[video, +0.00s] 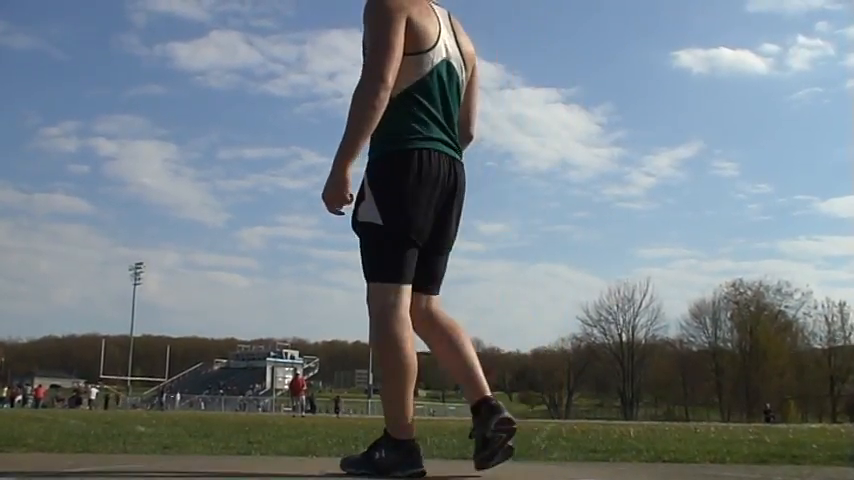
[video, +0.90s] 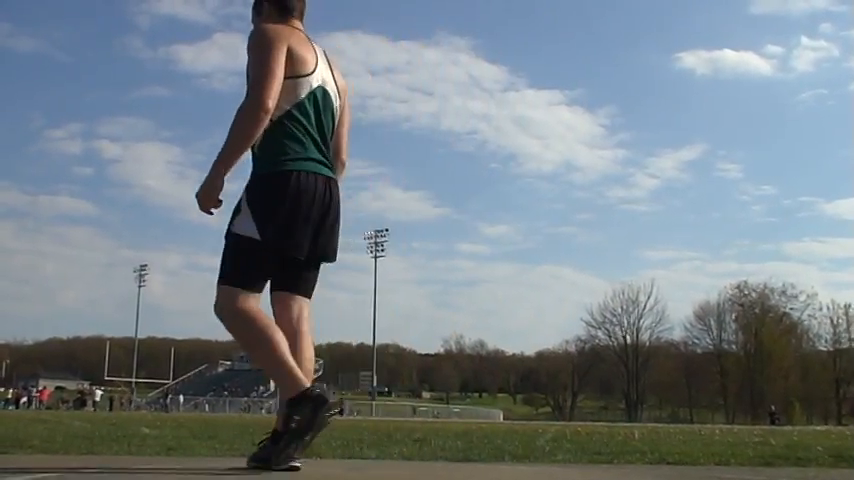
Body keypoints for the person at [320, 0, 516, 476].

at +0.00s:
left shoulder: (391, 6)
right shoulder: (464, 39)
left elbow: (377, 86)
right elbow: (467, 130)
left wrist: (341, 167)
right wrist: (424, 162)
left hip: (401, 167)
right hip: (449, 172)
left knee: (388, 307)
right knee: (425, 306)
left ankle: (399, 443)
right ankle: (488, 412)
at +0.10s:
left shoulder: (376, 6)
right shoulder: (446, 34)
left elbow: (362, 88)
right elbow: (453, 126)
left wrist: (325, 168)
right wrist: (413, 163)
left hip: (393, 165)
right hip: (437, 169)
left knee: (383, 306)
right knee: (400, 303)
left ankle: (398, 443)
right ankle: (443, 425)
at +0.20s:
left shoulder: (363, 7)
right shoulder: (431, 35)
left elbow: (351, 90)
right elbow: (440, 127)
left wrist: (314, 169)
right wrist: (410, 171)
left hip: (386, 166)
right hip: (424, 169)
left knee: (376, 301)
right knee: (379, 301)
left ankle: (398, 443)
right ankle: (392, 438)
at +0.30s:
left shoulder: (349, 11)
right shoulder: (417, 39)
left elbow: (339, 99)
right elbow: (428, 129)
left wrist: (304, 174)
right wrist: (411, 184)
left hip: (375, 170)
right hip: (412, 173)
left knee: (374, 301)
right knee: (353, 299)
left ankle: (399, 444)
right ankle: (337, 434)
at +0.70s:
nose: (276, 10)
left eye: (277, 5)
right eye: (277, 7)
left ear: (288, 3)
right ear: (323, 7)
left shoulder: (293, 26)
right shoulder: (359, 62)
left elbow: (286, 100)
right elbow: (365, 147)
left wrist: (251, 177)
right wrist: (355, 206)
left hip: (312, 182)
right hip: (349, 188)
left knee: (300, 308)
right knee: (306, 314)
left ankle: (377, 419)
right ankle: (283, 440)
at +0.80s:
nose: (267, 13)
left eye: (267, 8)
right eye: (267, 9)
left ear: (277, 6)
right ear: (313, 10)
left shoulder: (281, 30)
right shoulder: (347, 65)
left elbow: (272, 102)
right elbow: (353, 153)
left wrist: (232, 175)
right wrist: (334, 203)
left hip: (294, 184)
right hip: (336, 190)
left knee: (260, 308)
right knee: (301, 313)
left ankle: (345, 396)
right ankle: (283, 439)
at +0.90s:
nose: (254, 18)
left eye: (255, 13)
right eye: (255, 14)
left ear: (266, 9)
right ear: (301, 13)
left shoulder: (270, 33)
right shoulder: (333, 69)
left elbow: (261, 107)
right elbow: (339, 158)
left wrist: (216, 175)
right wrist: (313, 202)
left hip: (279, 184)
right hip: (324, 192)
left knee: (233, 302)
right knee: (294, 312)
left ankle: (301, 396)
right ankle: (285, 438)